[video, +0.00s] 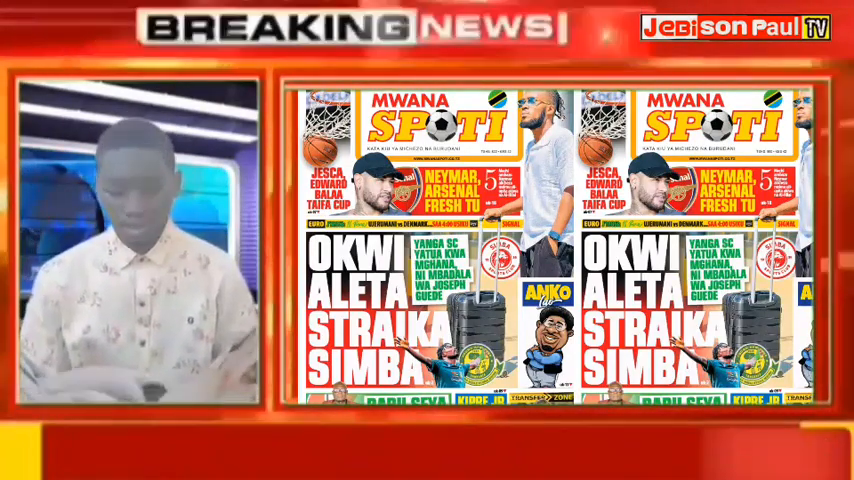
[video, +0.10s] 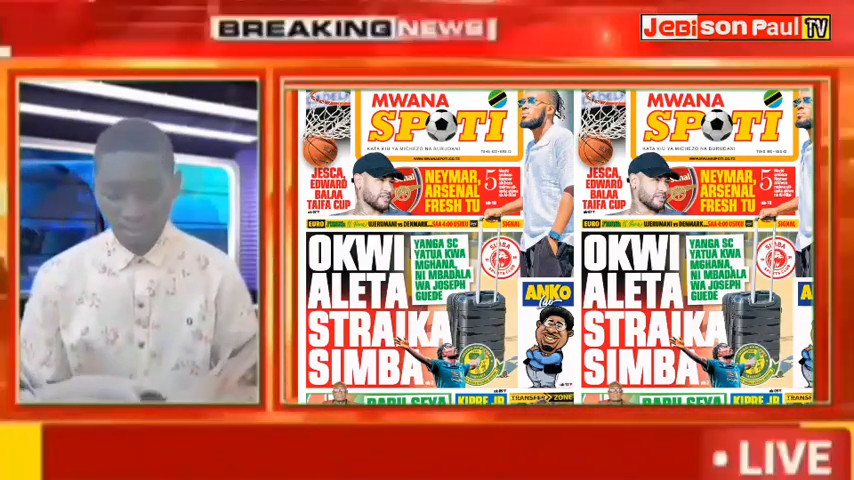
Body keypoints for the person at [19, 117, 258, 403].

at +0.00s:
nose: (133, 207)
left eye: (149, 189)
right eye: (116, 191)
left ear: (177, 184)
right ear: (96, 188)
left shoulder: (218, 272)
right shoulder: (59, 277)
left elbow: (249, 383)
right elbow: (27, 392)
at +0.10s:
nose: (132, 212)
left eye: (148, 193)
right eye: (115, 195)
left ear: (176, 186)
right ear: (94, 188)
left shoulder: (218, 274)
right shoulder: (58, 278)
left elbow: (248, 387)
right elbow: (34, 395)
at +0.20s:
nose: (131, 216)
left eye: (148, 198)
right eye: (114, 200)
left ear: (175, 188)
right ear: (93, 190)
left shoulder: (217, 276)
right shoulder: (57, 280)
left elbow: (244, 389)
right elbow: (35, 395)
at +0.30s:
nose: (132, 222)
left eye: (148, 204)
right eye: (114, 204)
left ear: (175, 191)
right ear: (93, 193)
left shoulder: (216, 275)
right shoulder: (57, 280)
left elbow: (243, 384)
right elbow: (54, 395)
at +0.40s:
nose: (131, 224)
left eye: (147, 206)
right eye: (114, 206)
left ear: (175, 192)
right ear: (92, 194)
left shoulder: (215, 275)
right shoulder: (56, 280)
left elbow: (246, 379)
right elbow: (44, 400)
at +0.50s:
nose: (130, 229)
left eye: (147, 211)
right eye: (113, 211)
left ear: (176, 195)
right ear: (91, 195)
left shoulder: (215, 275)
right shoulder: (54, 279)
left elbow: (242, 383)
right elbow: (49, 396)